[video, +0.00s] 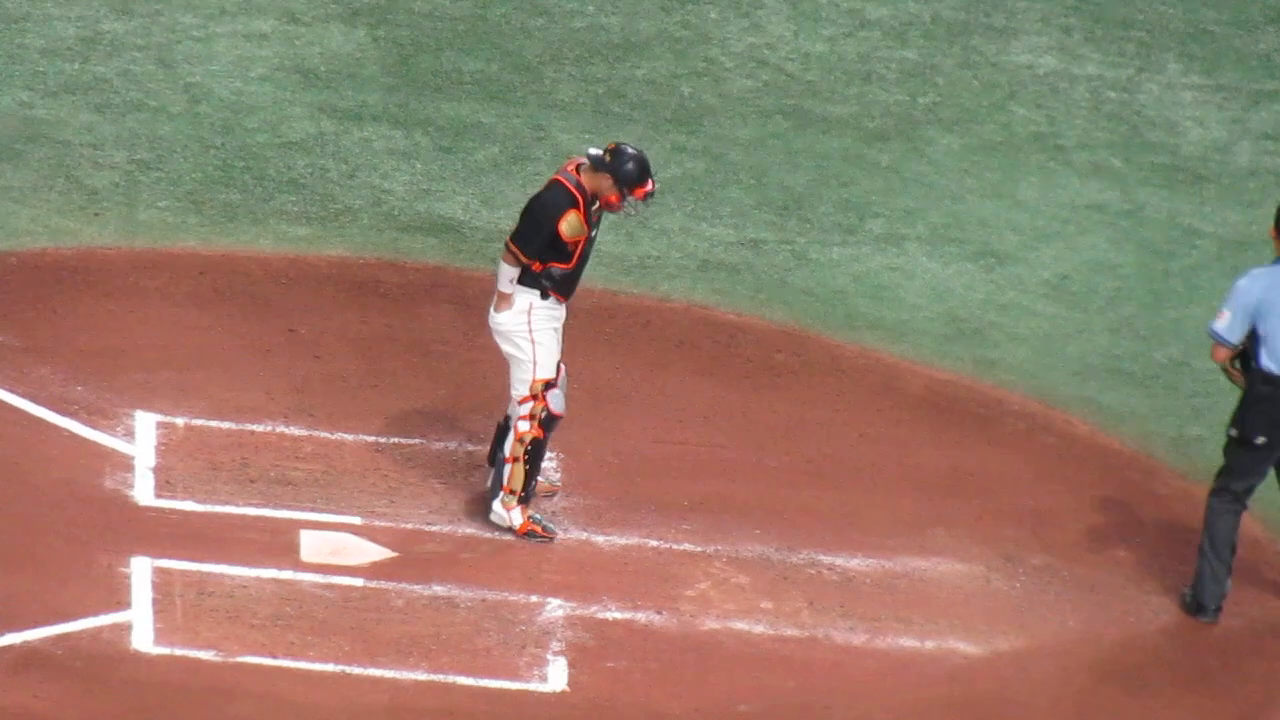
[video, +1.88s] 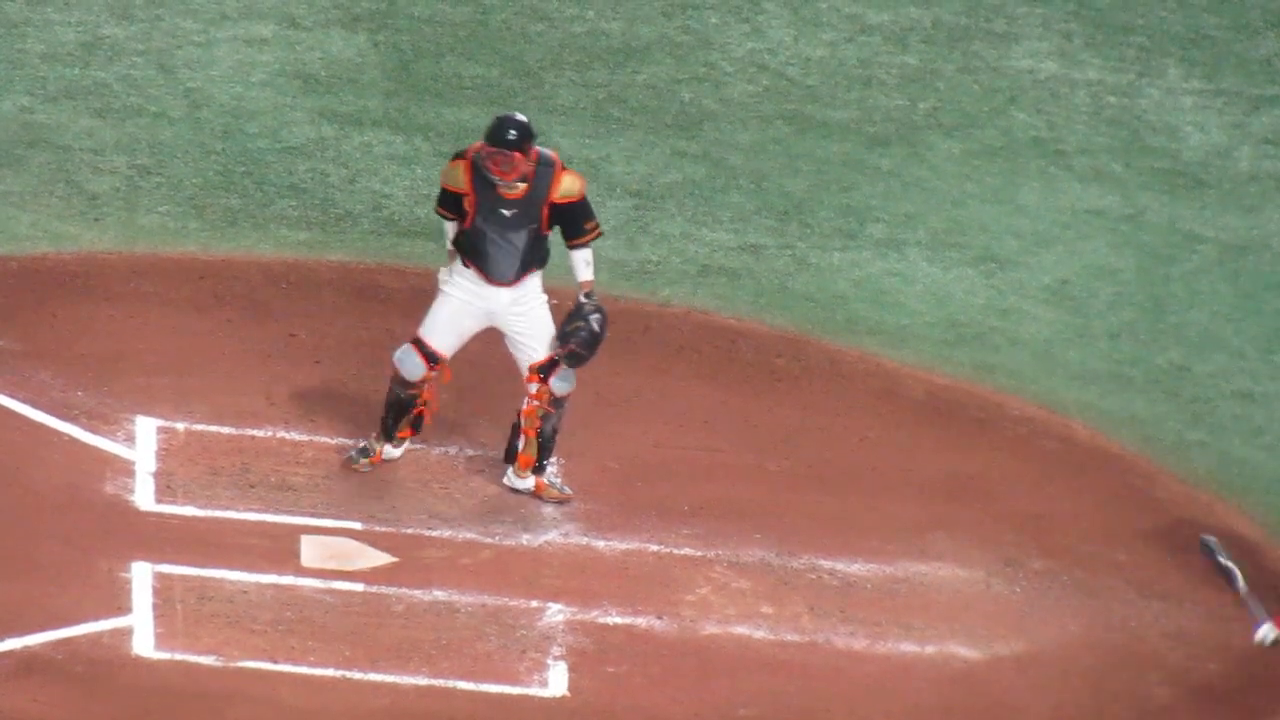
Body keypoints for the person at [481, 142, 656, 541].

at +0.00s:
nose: (621, 202)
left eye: (626, 197)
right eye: (622, 195)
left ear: (611, 175)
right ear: (607, 180)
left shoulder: (587, 180)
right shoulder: (557, 202)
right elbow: (514, 251)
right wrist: (502, 299)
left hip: (546, 306)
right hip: (528, 306)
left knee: (550, 398)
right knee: (533, 408)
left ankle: (507, 468)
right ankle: (509, 504)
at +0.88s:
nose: (626, 219)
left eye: (631, 214)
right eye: (625, 212)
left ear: (619, 192)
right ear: (611, 194)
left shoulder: (604, 195)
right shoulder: (563, 209)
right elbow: (519, 255)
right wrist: (505, 298)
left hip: (557, 310)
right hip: (531, 309)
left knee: (572, 396)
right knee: (534, 411)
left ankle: (536, 467)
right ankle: (505, 507)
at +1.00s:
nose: (625, 212)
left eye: (629, 206)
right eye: (623, 204)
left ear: (622, 190)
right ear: (605, 188)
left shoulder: (607, 199)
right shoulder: (559, 204)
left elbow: (585, 256)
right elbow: (516, 248)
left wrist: (585, 299)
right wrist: (504, 291)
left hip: (565, 306)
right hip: (530, 303)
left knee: (571, 394)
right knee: (537, 405)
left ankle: (536, 468)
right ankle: (507, 502)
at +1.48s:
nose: (595, 197)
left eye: (603, 189)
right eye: (588, 188)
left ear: (612, 182)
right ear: (568, 176)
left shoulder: (616, 199)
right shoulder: (527, 185)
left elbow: (628, 246)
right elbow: (490, 222)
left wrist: (642, 296)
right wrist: (482, 264)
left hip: (555, 293)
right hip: (508, 284)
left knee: (568, 381)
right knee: (515, 380)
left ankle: (533, 469)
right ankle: (480, 476)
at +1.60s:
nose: (575, 192)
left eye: (584, 185)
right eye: (568, 184)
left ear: (596, 176)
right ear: (551, 173)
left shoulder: (606, 189)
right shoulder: (515, 179)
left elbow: (621, 240)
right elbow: (481, 222)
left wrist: (634, 293)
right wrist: (478, 264)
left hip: (552, 294)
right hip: (501, 284)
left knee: (567, 383)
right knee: (486, 379)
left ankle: (527, 470)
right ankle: (433, 464)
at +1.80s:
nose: (529, 174)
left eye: (537, 167)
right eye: (522, 165)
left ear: (553, 164)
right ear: (508, 159)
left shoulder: (577, 184)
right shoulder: (482, 175)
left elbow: (597, 242)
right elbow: (461, 226)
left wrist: (605, 297)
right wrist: (462, 267)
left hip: (537, 295)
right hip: (482, 289)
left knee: (561, 383)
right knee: (433, 369)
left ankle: (527, 469)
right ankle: (382, 441)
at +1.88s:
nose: (501, 162)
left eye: (509, 156)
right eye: (495, 154)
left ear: (528, 154)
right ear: (486, 149)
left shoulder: (558, 182)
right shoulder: (464, 172)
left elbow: (580, 240)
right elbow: (450, 225)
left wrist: (587, 297)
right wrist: (452, 266)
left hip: (524, 296)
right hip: (466, 288)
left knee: (554, 382)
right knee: (410, 364)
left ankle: (528, 469)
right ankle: (391, 441)